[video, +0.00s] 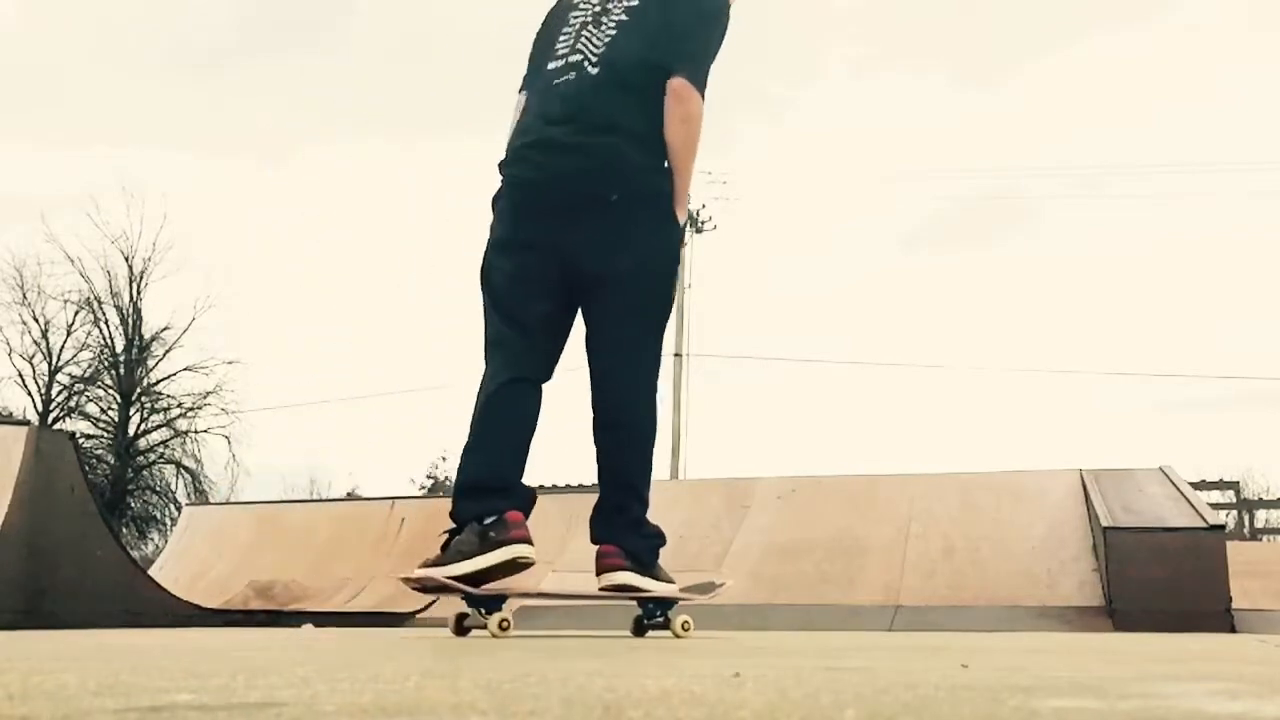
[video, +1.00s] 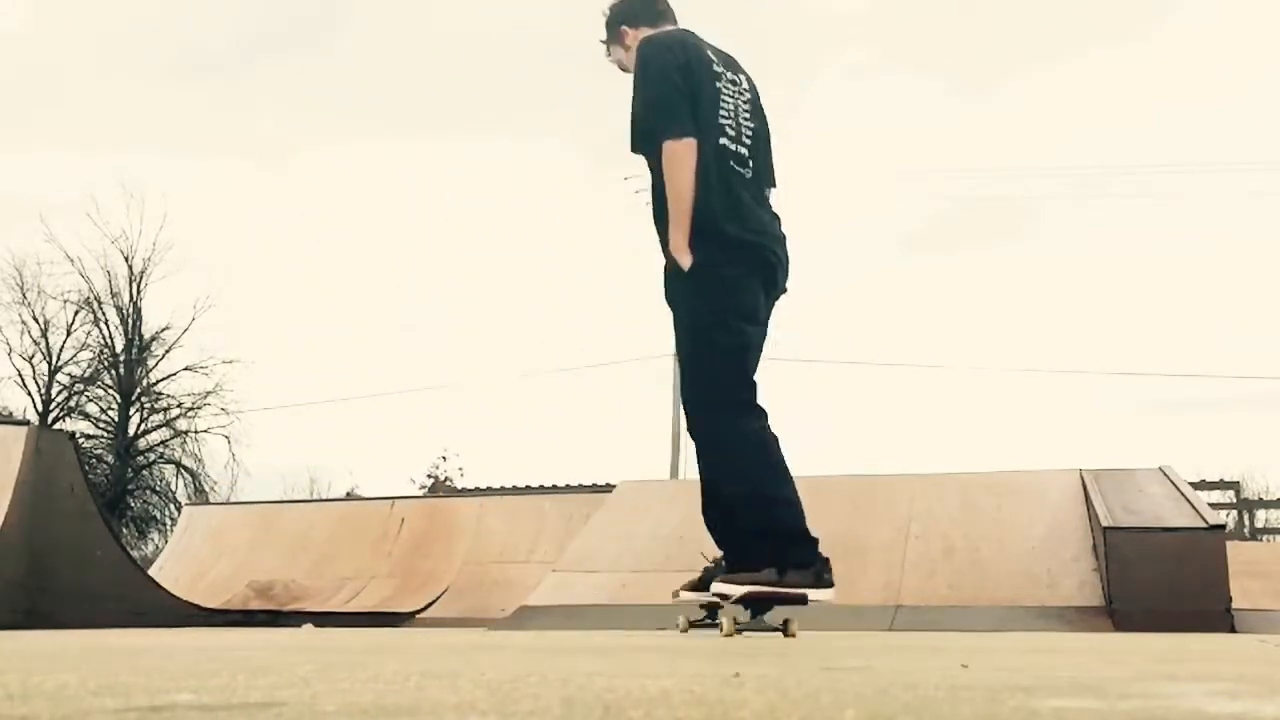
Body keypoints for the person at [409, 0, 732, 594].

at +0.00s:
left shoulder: (565, 8)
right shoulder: (700, 4)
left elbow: (528, 102)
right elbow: (680, 90)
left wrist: (518, 177)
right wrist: (679, 197)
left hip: (532, 189)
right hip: (628, 194)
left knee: (512, 367)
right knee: (626, 384)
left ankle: (489, 517)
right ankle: (624, 541)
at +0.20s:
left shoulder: (604, 9)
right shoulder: (741, 9)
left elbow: (568, 105)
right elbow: (730, 103)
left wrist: (560, 192)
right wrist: (724, 216)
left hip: (578, 207)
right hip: (674, 212)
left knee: (560, 371)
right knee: (670, 391)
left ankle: (537, 518)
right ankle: (662, 544)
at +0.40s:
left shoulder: (628, 16)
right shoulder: (767, 20)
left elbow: (600, 118)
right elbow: (765, 123)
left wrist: (591, 206)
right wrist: (759, 224)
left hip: (619, 217)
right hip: (716, 221)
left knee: (602, 385)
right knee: (712, 397)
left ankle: (593, 532)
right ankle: (709, 549)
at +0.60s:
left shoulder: (637, 22)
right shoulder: (771, 37)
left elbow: (624, 130)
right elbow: (783, 144)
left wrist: (627, 226)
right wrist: (780, 232)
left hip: (663, 230)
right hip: (753, 232)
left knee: (657, 394)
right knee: (765, 400)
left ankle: (662, 539)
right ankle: (778, 555)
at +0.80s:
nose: (626, 28)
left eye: (622, 19)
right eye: (622, 22)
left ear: (635, 3)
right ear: (675, 1)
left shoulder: (658, 23)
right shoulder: (739, 49)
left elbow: (670, 119)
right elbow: (768, 160)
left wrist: (664, 220)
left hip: (705, 232)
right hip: (768, 230)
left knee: (695, 397)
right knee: (768, 389)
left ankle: (750, 549)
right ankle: (838, 547)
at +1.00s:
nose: (624, 71)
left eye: (619, 60)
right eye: (619, 64)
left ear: (627, 34)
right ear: (665, 19)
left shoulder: (660, 48)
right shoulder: (733, 70)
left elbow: (678, 142)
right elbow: (760, 174)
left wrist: (679, 244)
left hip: (716, 251)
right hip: (756, 247)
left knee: (719, 406)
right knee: (723, 404)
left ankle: (787, 556)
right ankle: (747, 556)